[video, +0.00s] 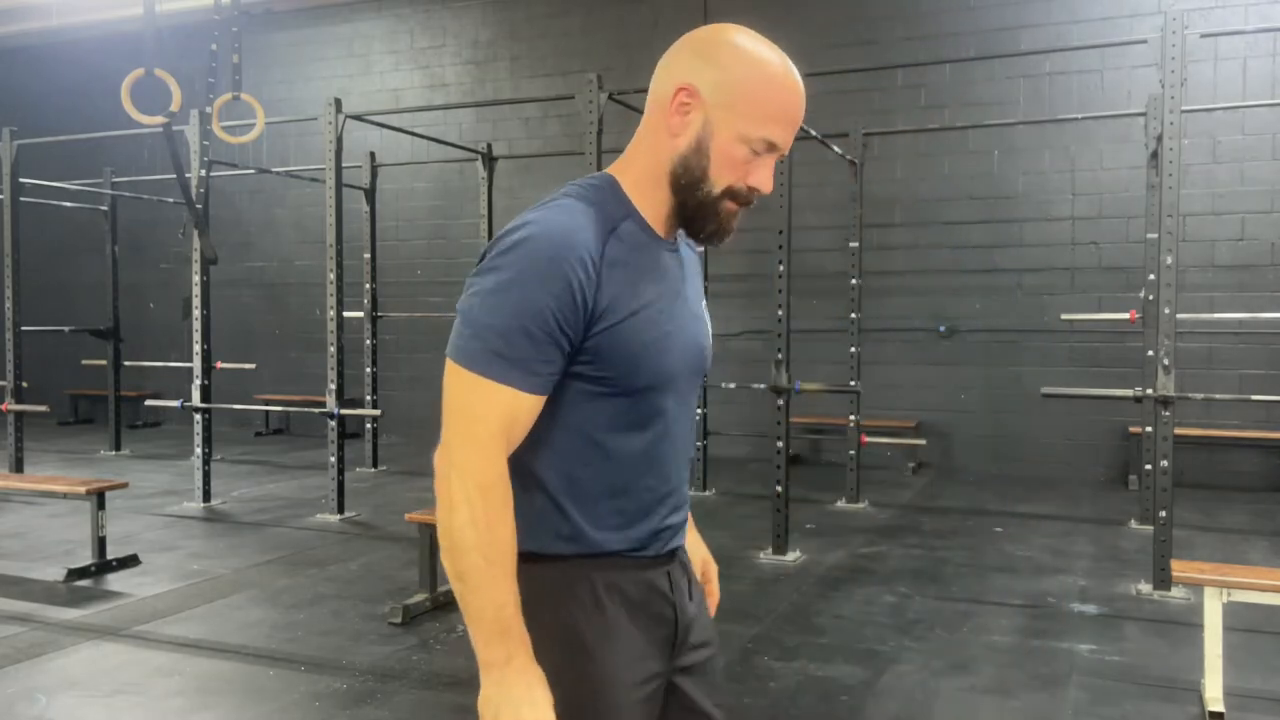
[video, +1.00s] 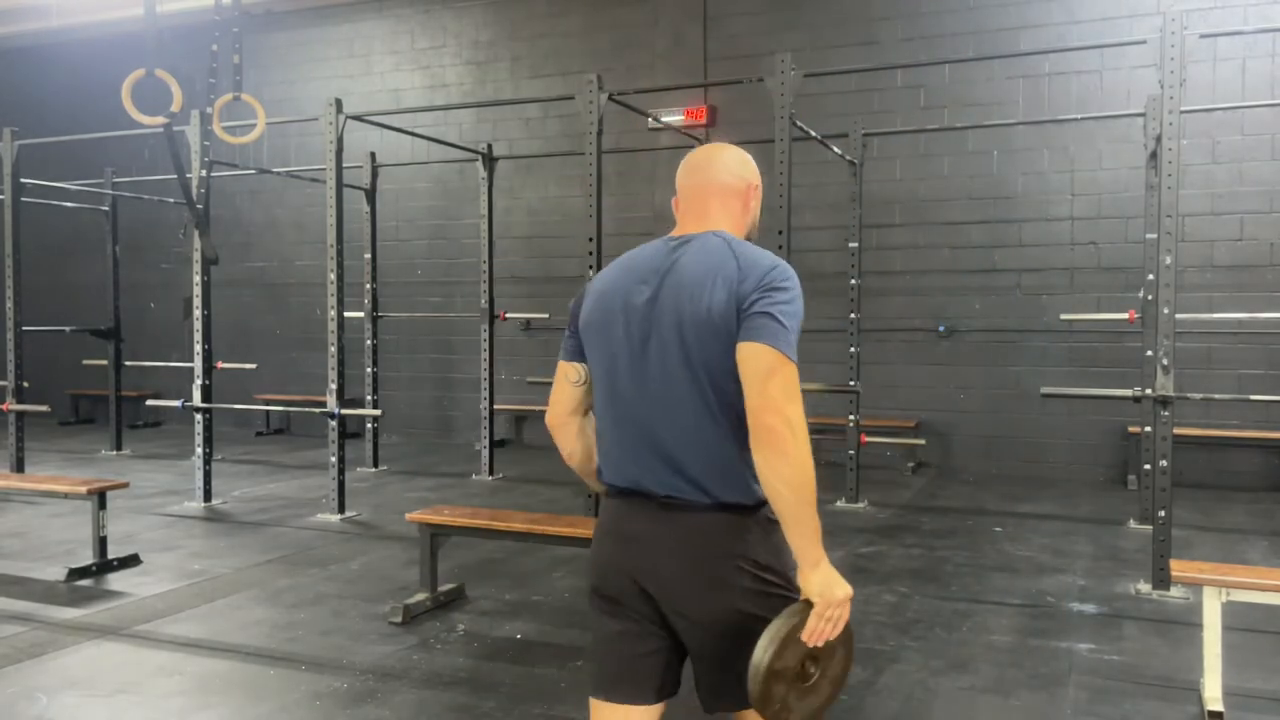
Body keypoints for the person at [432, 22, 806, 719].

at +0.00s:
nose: (764, 184)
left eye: (776, 159)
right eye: (756, 149)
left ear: (682, 116)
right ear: (681, 112)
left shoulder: (678, 243)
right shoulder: (554, 247)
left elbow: (637, 421)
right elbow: (466, 461)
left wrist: (682, 531)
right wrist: (505, 668)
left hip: (671, 587)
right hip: (572, 599)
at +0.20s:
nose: (761, 191)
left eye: (771, 168)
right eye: (761, 161)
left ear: (699, 133)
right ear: (700, 129)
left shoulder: (645, 248)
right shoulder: (595, 244)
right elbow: (506, 443)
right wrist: (550, 638)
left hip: (642, 574)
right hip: (591, 580)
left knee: (645, 709)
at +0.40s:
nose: (745, 203)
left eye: (751, 183)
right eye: (747, 177)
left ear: (700, 152)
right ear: (703, 149)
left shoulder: (638, 246)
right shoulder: (627, 247)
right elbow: (556, 422)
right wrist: (603, 602)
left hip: (634, 563)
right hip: (611, 570)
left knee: (634, 708)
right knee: (608, 712)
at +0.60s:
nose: (727, 205)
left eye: (733, 186)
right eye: (731, 180)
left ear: (645, 160)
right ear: (701, 157)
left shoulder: (573, 256)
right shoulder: (659, 249)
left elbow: (567, 414)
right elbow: (618, 414)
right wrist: (669, 581)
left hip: (561, 541)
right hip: (632, 548)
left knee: (592, 705)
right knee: (708, 703)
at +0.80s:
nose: (731, 195)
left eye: (730, 180)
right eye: (731, 178)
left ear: (645, 178)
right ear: (713, 171)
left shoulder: (575, 267)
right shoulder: (703, 256)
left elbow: (555, 414)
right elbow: (695, 411)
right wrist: (741, 568)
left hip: (580, 537)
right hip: (666, 546)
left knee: (596, 710)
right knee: (732, 701)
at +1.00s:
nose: (760, 207)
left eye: (756, 197)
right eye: (759, 197)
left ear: (676, 203)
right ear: (750, 197)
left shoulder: (606, 283)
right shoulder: (763, 274)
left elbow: (564, 419)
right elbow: (773, 417)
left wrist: (620, 488)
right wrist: (813, 562)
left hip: (624, 536)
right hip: (728, 547)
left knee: (620, 709)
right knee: (749, 705)